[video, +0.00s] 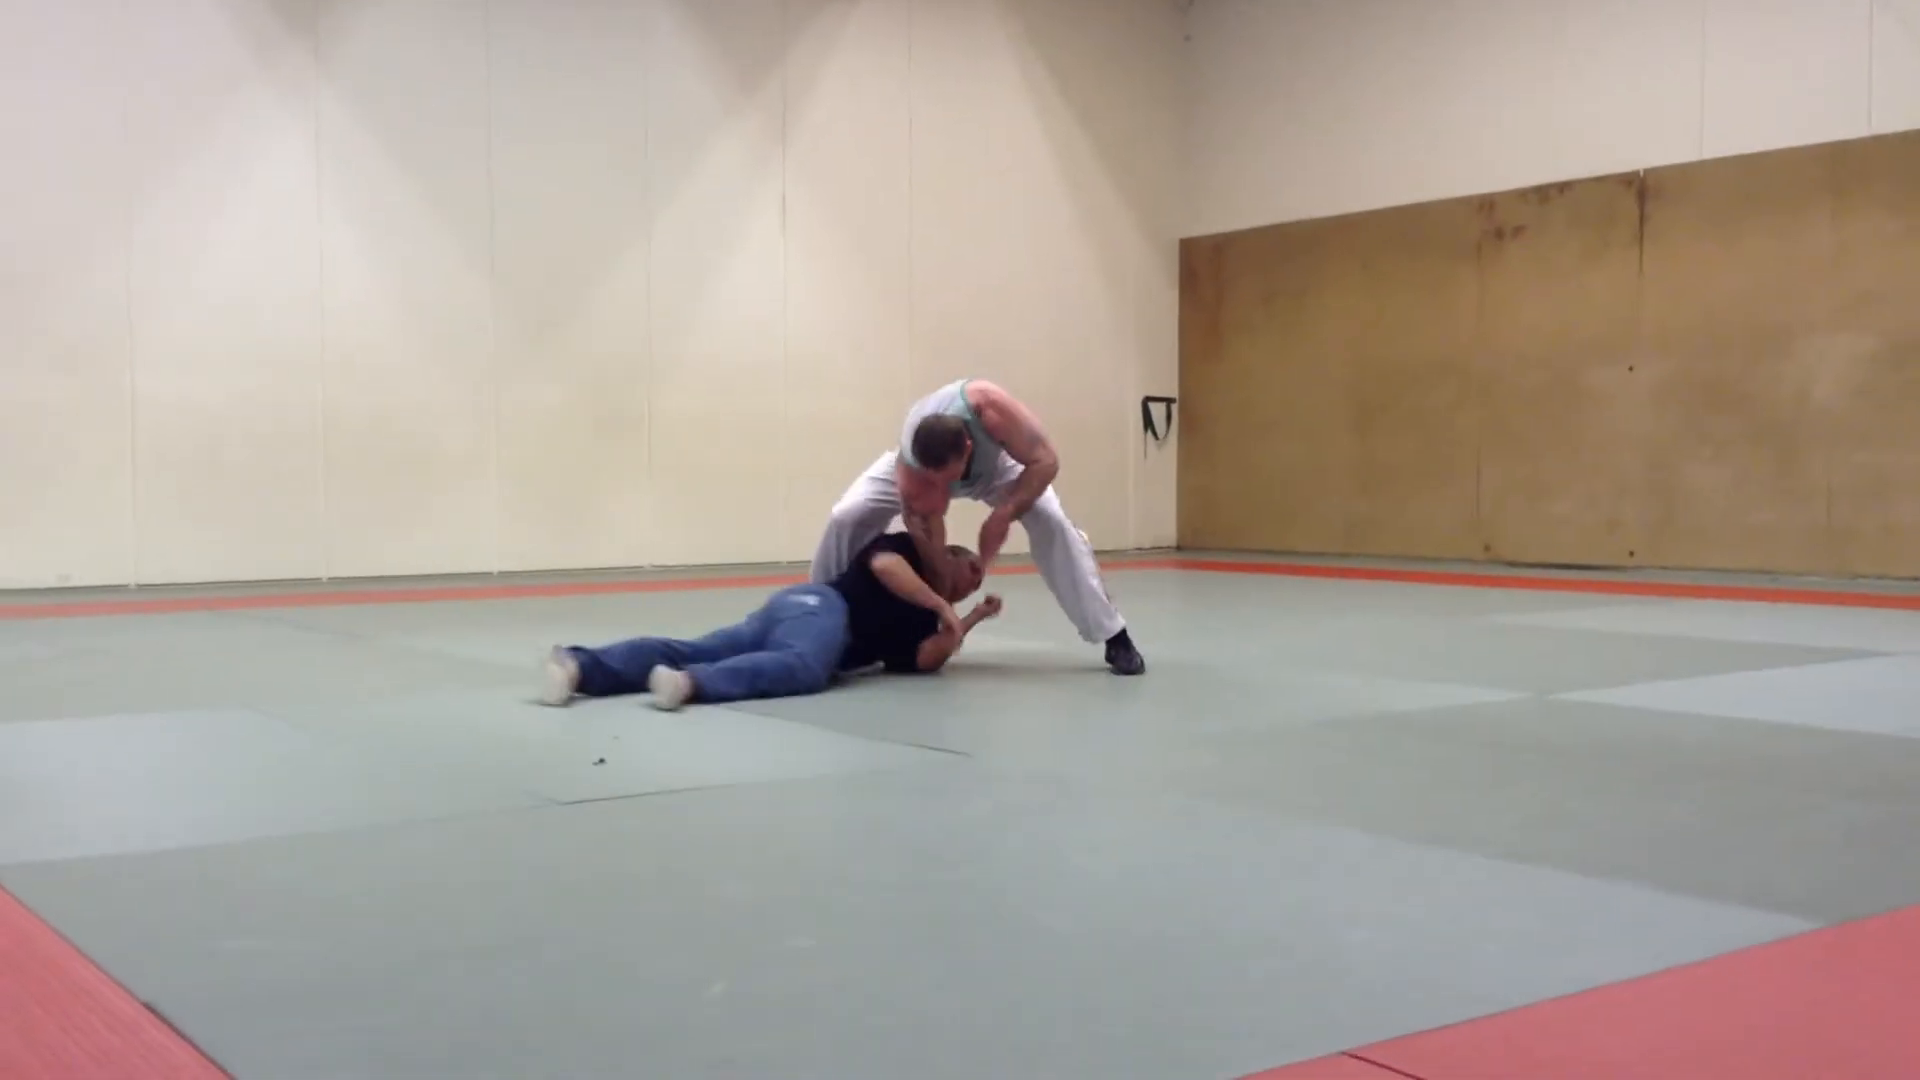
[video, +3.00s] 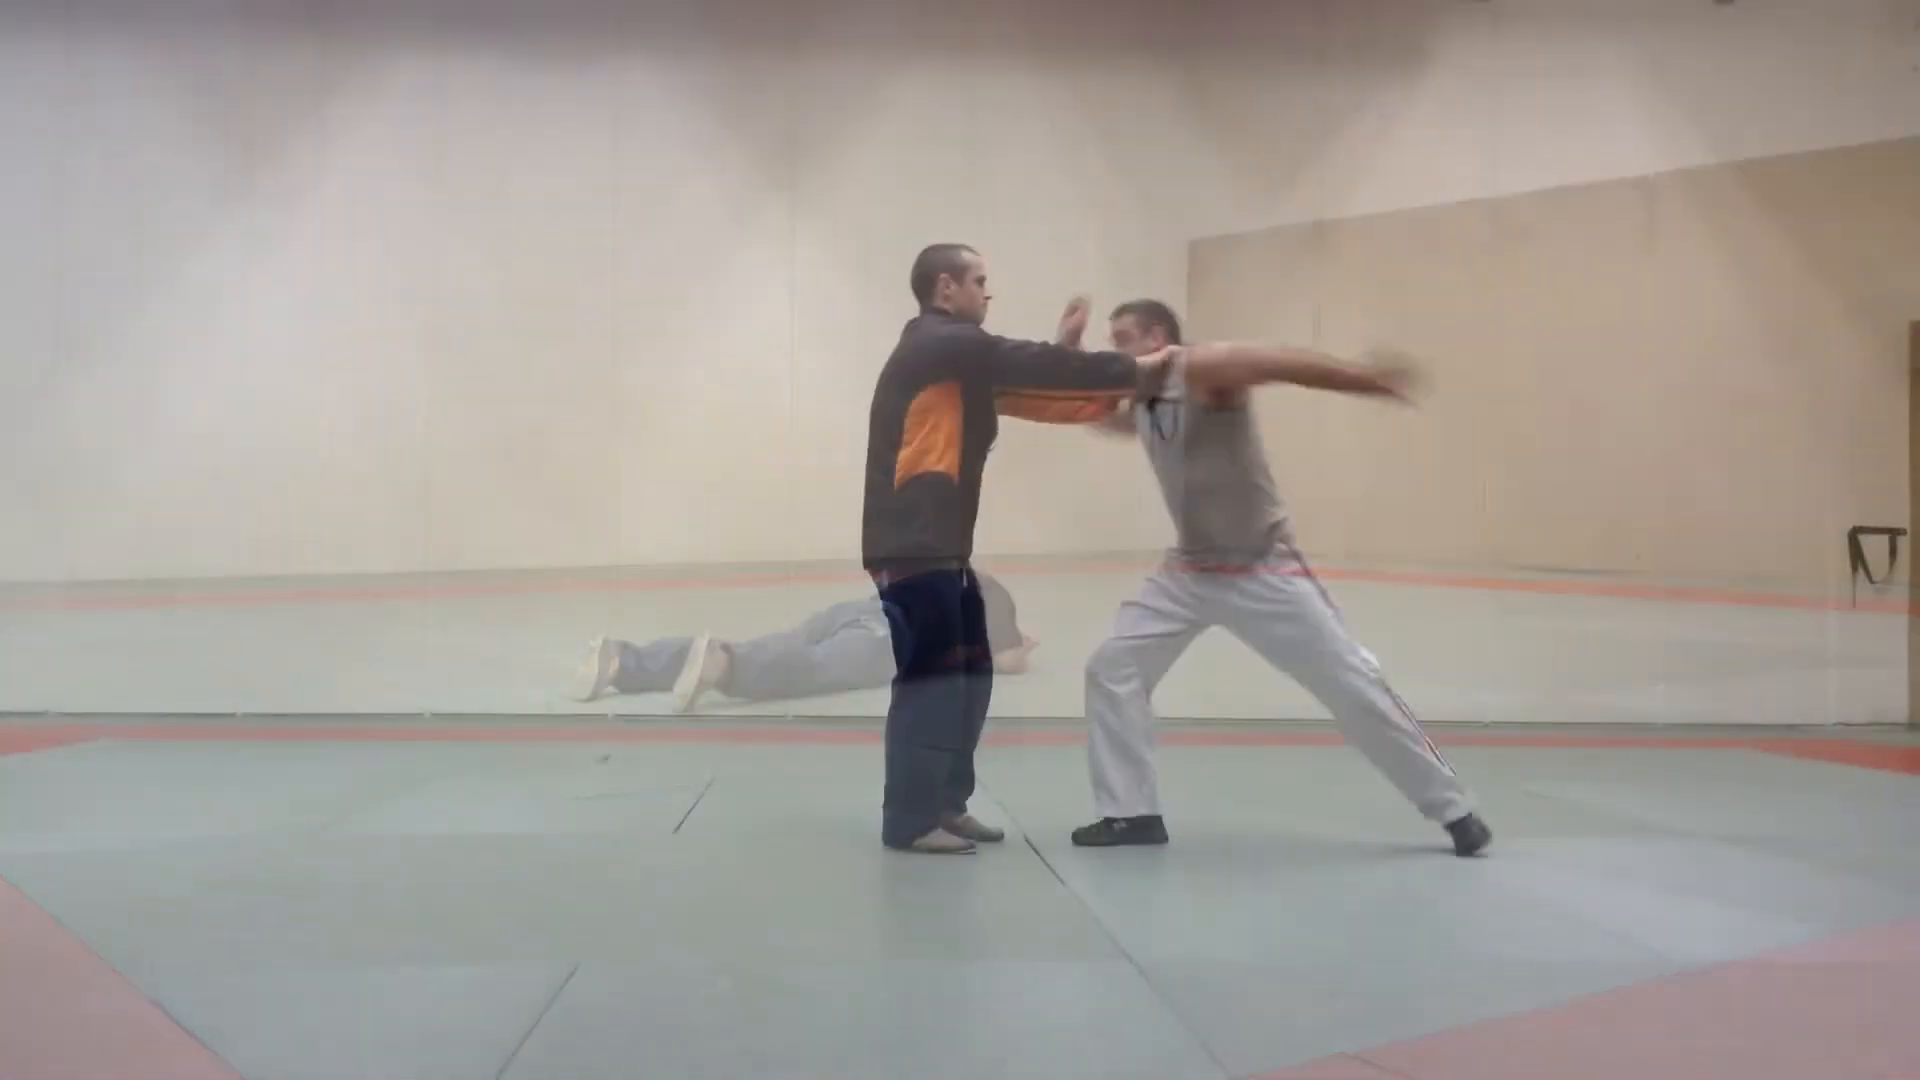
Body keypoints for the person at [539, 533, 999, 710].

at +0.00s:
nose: (963, 574)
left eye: (968, 575)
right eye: (963, 564)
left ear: (960, 588)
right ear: (944, 554)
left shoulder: (921, 631)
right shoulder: (906, 545)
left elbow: (926, 658)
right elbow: (882, 563)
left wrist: (962, 627)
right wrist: (939, 605)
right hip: (825, 606)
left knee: (700, 652)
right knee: (806, 669)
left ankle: (585, 668)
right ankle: (693, 682)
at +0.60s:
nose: (974, 612)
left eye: (978, 608)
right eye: (976, 601)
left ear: (958, 588)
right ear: (965, 577)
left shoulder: (933, 634)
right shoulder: (938, 552)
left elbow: (955, 654)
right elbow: (939, 581)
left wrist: (1005, 656)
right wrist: (985, 648)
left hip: (828, 615)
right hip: (867, 620)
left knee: (729, 652)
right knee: (818, 667)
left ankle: (607, 662)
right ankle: (714, 681)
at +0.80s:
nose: (995, 580)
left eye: (994, 574)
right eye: (991, 573)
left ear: (966, 577)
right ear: (975, 562)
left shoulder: (943, 633)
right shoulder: (955, 555)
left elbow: (955, 657)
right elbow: (985, 582)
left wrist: (1010, 637)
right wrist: (1018, 631)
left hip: (830, 617)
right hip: (876, 614)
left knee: (738, 654)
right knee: (829, 664)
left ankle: (614, 669)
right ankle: (719, 678)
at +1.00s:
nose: (1011, 621)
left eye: (1014, 614)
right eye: (1015, 609)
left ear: (980, 604)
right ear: (1002, 589)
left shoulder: (947, 615)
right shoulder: (982, 574)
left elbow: (957, 660)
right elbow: (1024, 638)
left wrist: (1005, 631)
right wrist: (1038, 656)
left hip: (844, 615)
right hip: (887, 614)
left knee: (749, 653)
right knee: (835, 665)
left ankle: (625, 667)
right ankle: (731, 667)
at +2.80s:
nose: (1015, 634)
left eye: (1011, 626)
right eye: (1013, 623)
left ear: (979, 586)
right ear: (999, 601)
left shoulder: (951, 582)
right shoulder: (986, 599)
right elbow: (993, 656)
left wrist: (1008, 641)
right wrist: (1016, 654)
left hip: (864, 610)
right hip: (889, 636)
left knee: (769, 646)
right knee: (815, 667)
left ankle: (624, 662)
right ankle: (727, 662)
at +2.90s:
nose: (1017, 635)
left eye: (1010, 626)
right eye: (1015, 624)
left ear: (981, 589)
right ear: (1001, 603)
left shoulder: (951, 580)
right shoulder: (989, 602)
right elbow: (990, 658)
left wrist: (1004, 641)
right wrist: (1014, 656)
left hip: (870, 610)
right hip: (894, 638)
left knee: (775, 646)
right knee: (817, 666)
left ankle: (626, 663)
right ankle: (727, 663)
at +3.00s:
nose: (1016, 638)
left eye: (1011, 629)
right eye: (1011, 626)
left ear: (983, 592)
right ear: (999, 609)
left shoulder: (959, 579)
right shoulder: (984, 607)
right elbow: (988, 659)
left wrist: (1003, 642)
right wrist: (1015, 656)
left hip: (869, 612)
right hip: (893, 639)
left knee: (770, 649)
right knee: (815, 669)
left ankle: (625, 664)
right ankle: (728, 664)